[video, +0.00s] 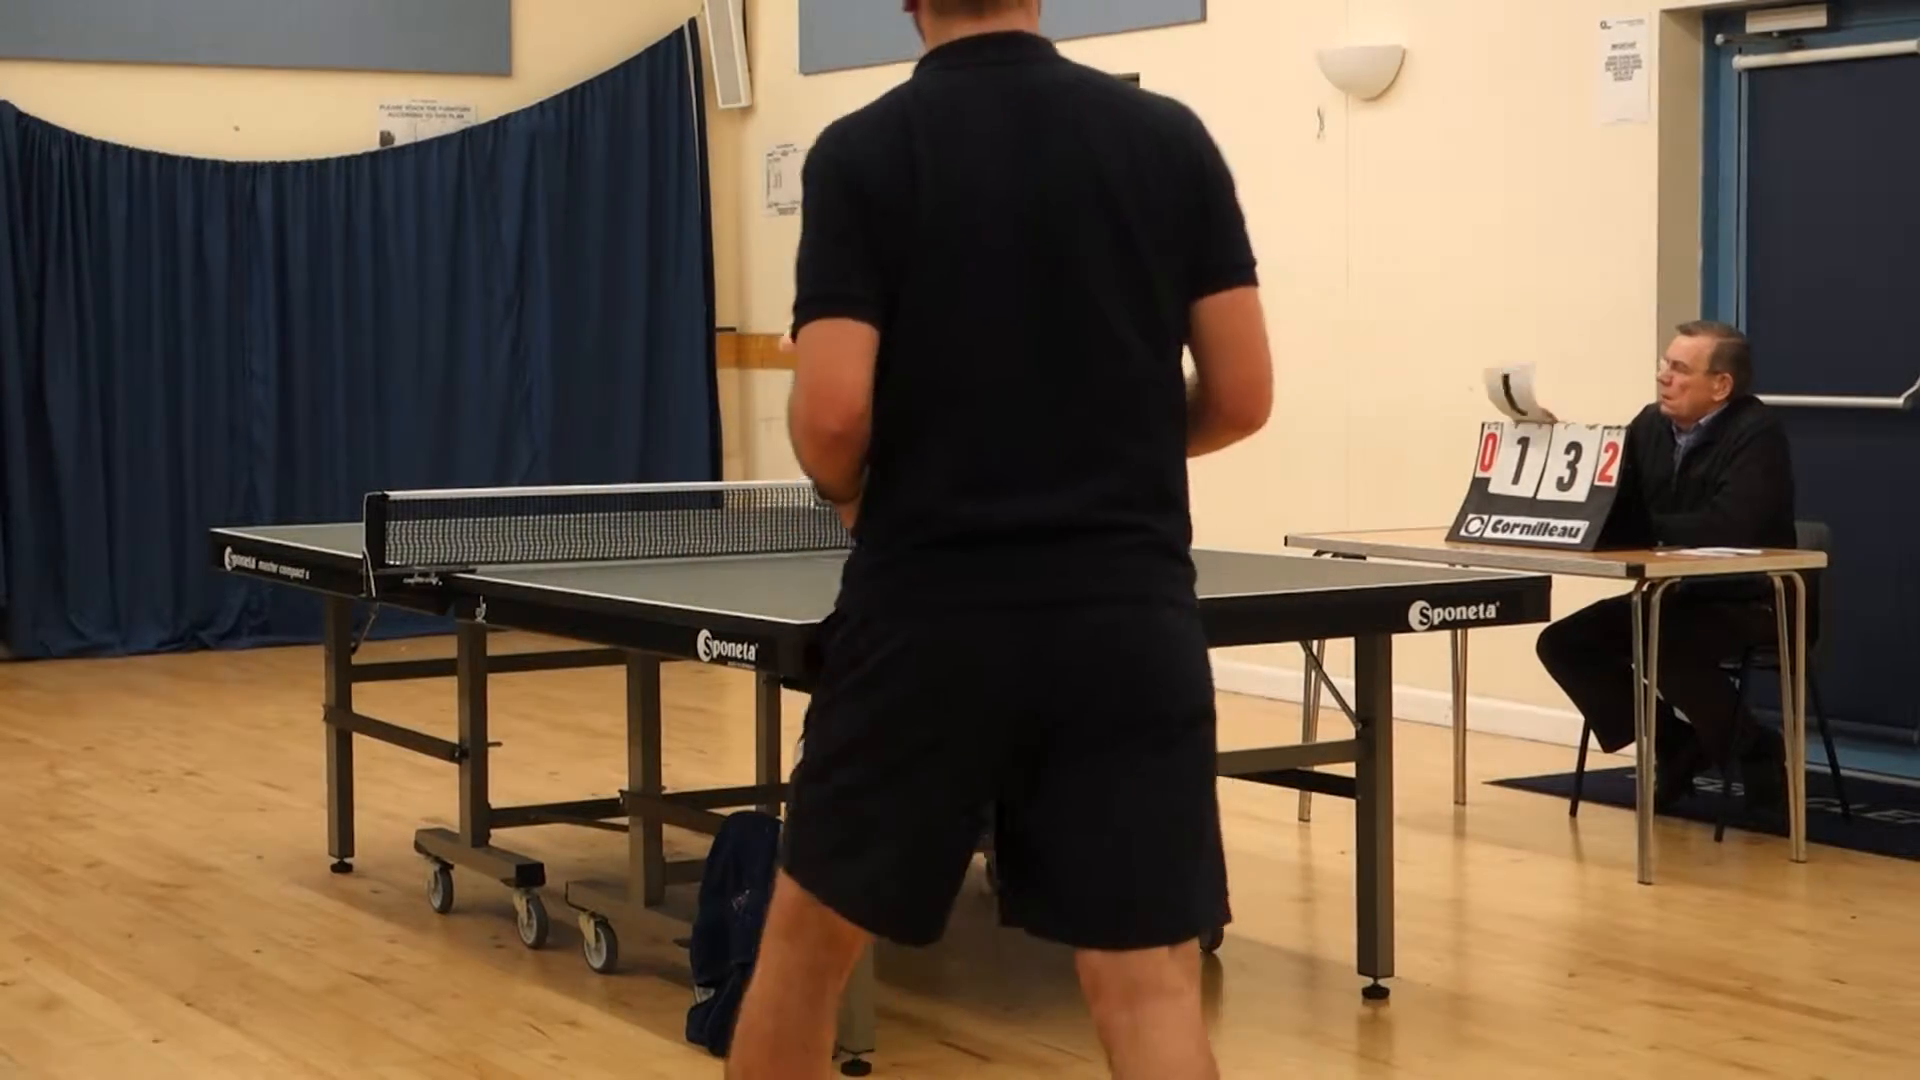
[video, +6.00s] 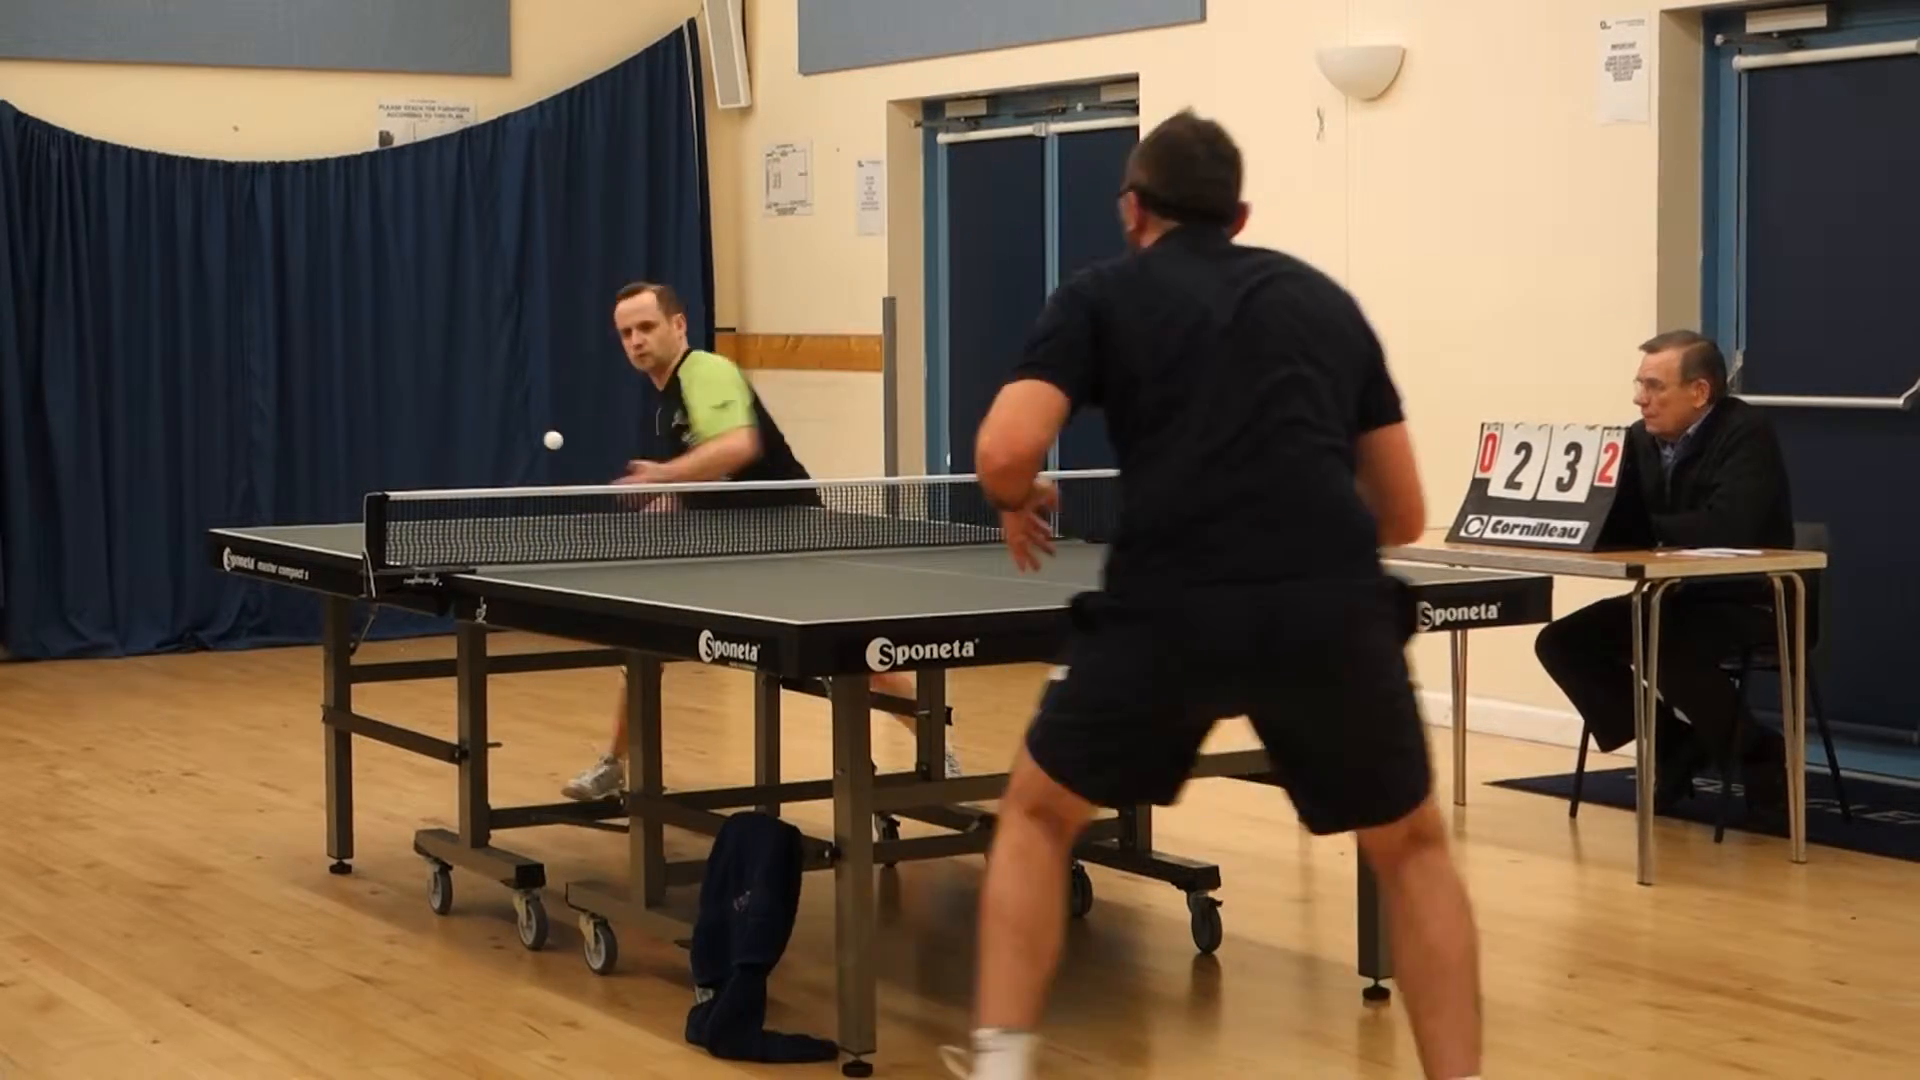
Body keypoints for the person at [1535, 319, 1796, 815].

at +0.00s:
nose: (1663, 377)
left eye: (1679, 369)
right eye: (1664, 365)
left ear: (1720, 387)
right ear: (1660, 365)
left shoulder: (1757, 433)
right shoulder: (1649, 426)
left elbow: (1737, 526)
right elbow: (1612, 512)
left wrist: (1641, 529)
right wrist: (1559, 449)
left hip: (1749, 596)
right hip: (1669, 591)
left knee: (1668, 646)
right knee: (1562, 643)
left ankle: (1756, 749)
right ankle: (1673, 741)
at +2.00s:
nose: (1659, 395)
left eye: (1674, 382)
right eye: (1652, 381)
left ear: (1715, 387)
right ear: (1645, 383)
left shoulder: (1750, 435)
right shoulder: (1642, 440)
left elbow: (1733, 526)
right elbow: (1608, 515)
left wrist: (1639, 531)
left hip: (1755, 600)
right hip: (1671, 597)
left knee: (1670, 647)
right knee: (1562, 644)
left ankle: (1757, 753)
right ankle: (1675, 742)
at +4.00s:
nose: (1658, 398)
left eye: (1673, 385)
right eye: (1652, 384)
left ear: (1715, 388)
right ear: (1645, 385)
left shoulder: (1749, 435)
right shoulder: (1641, 438)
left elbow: (1734, 528)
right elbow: (1614, 521)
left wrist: (1643, 532)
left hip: (1755, 600)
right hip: (1672, 595)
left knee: (1669, 647)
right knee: (1563, 643)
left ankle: (1757, 751)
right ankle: (1674, 745)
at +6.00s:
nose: (1639, 397)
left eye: (1653, 385)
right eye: (1640, 384)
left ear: (1699, 393)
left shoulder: (1746, 435)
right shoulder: (1640, 441)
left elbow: (1734, 527)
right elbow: (1605, 515)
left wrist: (1640, 530)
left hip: (1754, 600)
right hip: (1674, 595)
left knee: (1666, 646)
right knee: (1561, 643)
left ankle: (1759, 753)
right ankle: (1673, 741)